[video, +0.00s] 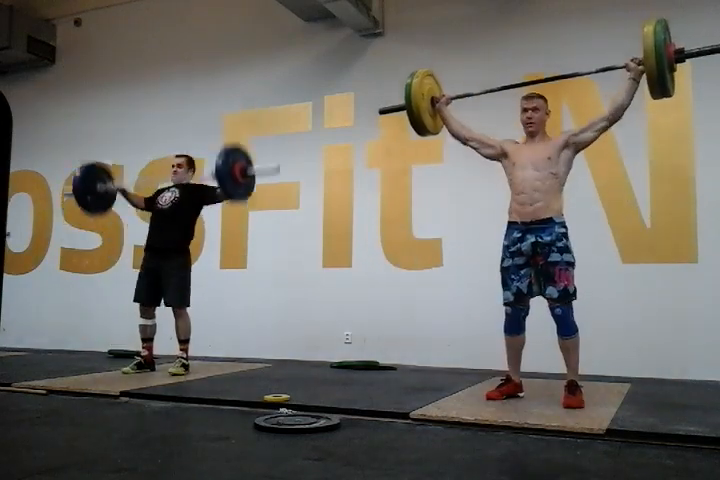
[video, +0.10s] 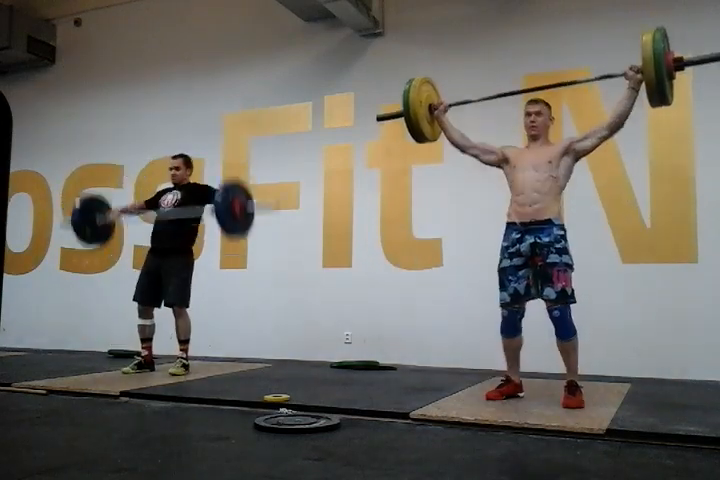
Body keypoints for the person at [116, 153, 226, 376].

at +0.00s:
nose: (174, 169)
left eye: (179, 166)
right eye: (173, 166)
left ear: (191, 171)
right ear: (172, 170)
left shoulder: (197, 191)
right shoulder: (161, 192)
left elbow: (226, 194)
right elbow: (143, 204)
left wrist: (237, 174)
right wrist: (122, 191)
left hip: (177, 259)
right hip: (152, 257)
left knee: (179, 308)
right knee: (146, 307)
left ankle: (183, 359)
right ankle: (146, 358)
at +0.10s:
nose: (172, 172)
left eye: (176, 169)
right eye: (170, 169)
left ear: (188, 171)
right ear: (169, 171)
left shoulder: (199, 191)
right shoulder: (164, 194)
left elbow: (224, 197)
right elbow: (141, 207)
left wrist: (238, 200)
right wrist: (118, 211)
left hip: (180, 258)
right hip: (156, 256)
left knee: (178, 308)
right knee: (144, 305)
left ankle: (183, 359)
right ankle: (146, 358)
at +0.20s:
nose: (162, 177)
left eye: (166, 173)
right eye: (159, 173)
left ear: (177, 174)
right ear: (158, 175)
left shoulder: (194, 197)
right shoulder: (155, 201)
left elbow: (215, 217)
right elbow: (136, 223)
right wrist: (119, 242)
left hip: (182, 261)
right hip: (159, 260)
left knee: (174, 308)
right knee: (140, 307)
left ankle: (182, 359)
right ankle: (146, 358)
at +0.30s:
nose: (144, 195)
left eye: (148, 190)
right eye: (142, 190)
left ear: (160, 191)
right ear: (140, 193)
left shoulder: (182, 215)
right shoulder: (141, 219)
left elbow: (207, 239)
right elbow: (129, 244)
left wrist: (221, 265)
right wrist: (119, 268)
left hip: (185, 274)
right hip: (161, 274)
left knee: (174, 310)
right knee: (135, 311)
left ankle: (182, 360)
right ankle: (146, 359)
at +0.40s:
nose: (135, 221)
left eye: (139, 216)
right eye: (132, 217)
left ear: (151, 215)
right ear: (130, 218)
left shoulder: (170, 233)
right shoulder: (133, 240)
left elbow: (206, 245)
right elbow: (121, 259)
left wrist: (224, 270)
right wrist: (118, 278)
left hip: (189, 280)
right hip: (165, 282)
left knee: (176, 310)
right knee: (132, 311)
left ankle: (182, 361)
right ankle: (145, 359)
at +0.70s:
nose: (136, 204)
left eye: (140, 200)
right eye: (134, 200)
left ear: (153, 200)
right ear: (133, 203)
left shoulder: (170, 221)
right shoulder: (135, 227)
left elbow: (204, 239)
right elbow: (124, 250)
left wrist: (222, 265)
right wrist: (116, 269)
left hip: (187, 272)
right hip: (162, 274)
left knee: (177, 308)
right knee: (136, 309)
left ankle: (183, 361)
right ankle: (146, 359)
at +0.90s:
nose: (152, 177)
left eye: (155, 172)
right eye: (149, 173)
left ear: (168, 171)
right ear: (148, 175)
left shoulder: (186, 196)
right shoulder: (147, 200)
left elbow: (206, 222)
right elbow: (130, 227)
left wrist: (217, 247)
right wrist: (115, 251)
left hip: (182, 261)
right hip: (156, 261)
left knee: (178, 307)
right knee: (145, 307)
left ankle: (183, 359)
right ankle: (146, 358)